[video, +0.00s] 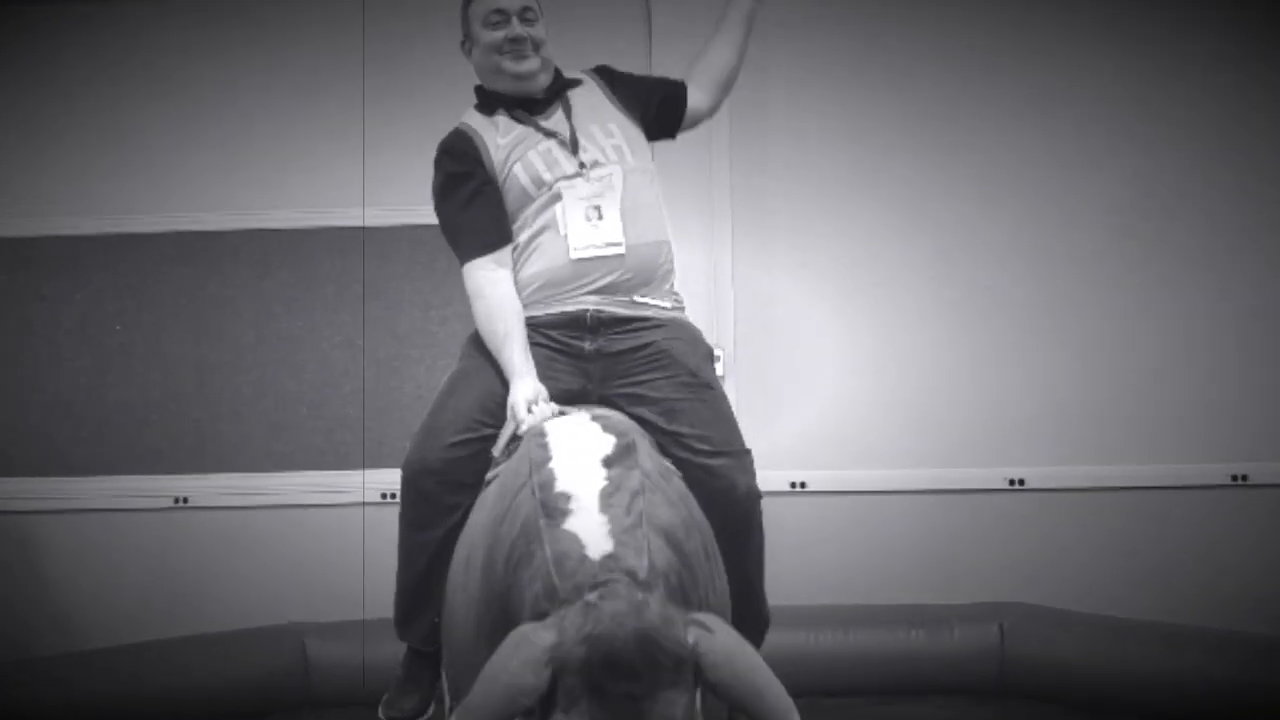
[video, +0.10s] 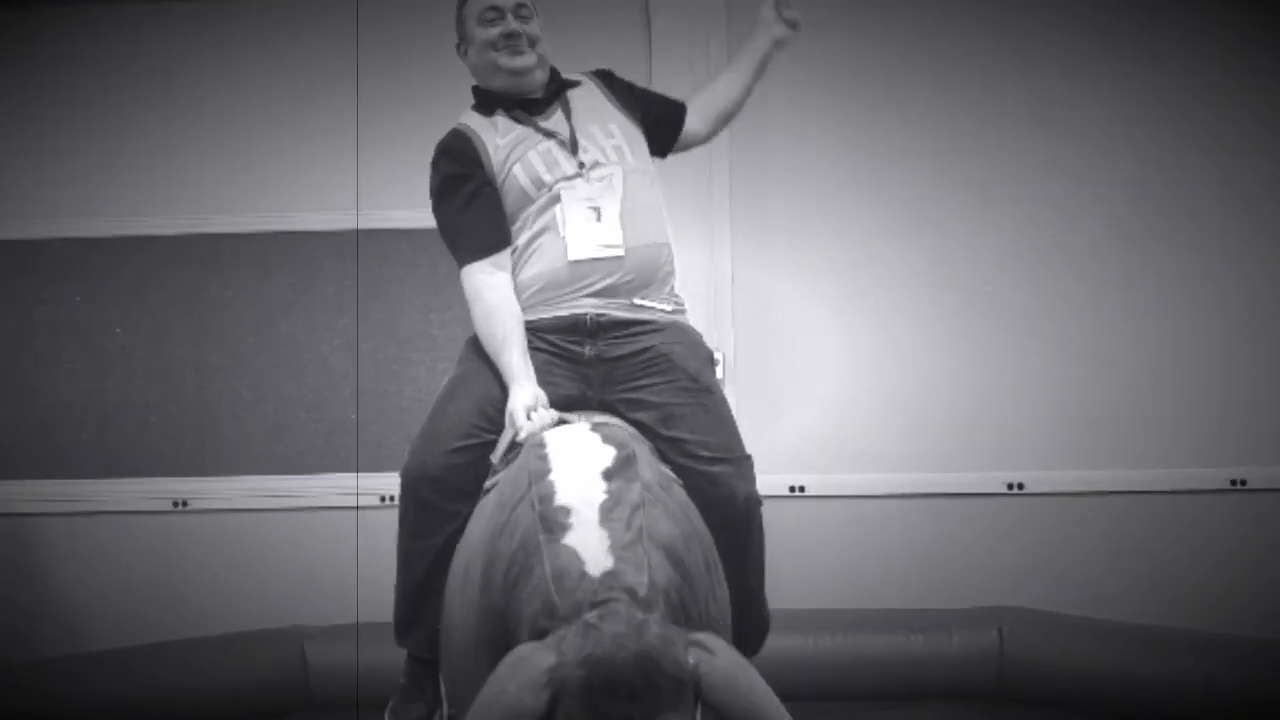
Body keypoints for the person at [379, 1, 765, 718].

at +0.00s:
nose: (517, 30)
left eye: (528, 16)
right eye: (496, 20)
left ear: (546, 28)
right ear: (466, 44)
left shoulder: (612, 91)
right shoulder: (467, 147)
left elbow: (700, 96)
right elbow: (487, 273)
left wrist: (743, 9)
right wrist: (521, 376)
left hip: (650, 331)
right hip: (528, 339)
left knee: (731, 484)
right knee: (431, 470)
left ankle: (741, 662)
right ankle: (421, 663)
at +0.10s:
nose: (511, 26)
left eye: (523, 13)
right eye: (489, 19)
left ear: (544, 28)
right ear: (463, 53)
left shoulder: (608, 96)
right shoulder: (467, 146)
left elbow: (696, 121)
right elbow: (486, 277)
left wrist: (766, 40)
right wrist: (521, 381)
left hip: (649, 334)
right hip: (528, 342)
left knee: (731, 490)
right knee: (431, 474)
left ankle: (737, 666)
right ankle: (422, 672)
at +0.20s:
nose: (510, 20)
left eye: (521, 9)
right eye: (487, 15)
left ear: (544, 30)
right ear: (462, 54)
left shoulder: (605, 95)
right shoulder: (465, 150)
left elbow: (690, 142)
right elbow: (485, 281)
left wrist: (783, 88)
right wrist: (522, 389)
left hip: (652, 338)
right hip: (529, 348)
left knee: (733, 501)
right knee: (432, 482)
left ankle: (732, 675)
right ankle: (426, 680)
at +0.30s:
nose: (512, 21)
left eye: (519, 11)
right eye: (488, 18)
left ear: (540, 31)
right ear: (461, 58)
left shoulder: (604, 96)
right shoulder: (465, 152)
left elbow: (688, 152)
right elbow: (486, 285)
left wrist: (793, 131)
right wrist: (522, 395)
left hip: (655, 343)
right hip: (528, 354)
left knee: (735, 510)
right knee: (433, 491)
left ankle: (733, 684)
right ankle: (428, 687)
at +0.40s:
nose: (507, 20)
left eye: (515, 11)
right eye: (483, 19)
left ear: (537, 34)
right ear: (458, 62)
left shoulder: (605, 98)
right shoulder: (463, 156)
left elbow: (690, 164)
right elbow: (485, 290)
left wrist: (799, 170)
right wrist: (522, 405)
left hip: (657, 352)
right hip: (529, 363)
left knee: (737, 524)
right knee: (432, 500)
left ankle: (739, 689)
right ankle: (426, 690)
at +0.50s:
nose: (503, 20)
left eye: (511, 11)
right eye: (479, 19)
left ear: (535, 32)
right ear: (458, 65)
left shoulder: (606, 99)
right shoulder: (463, 161)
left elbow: (690, 170)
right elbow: (484, 303)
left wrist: (800, 196)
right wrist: (521, 415)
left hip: (659, 362)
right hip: (528, 372)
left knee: (736, 535)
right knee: (429, 513)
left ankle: (739, 695)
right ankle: (424, 695)